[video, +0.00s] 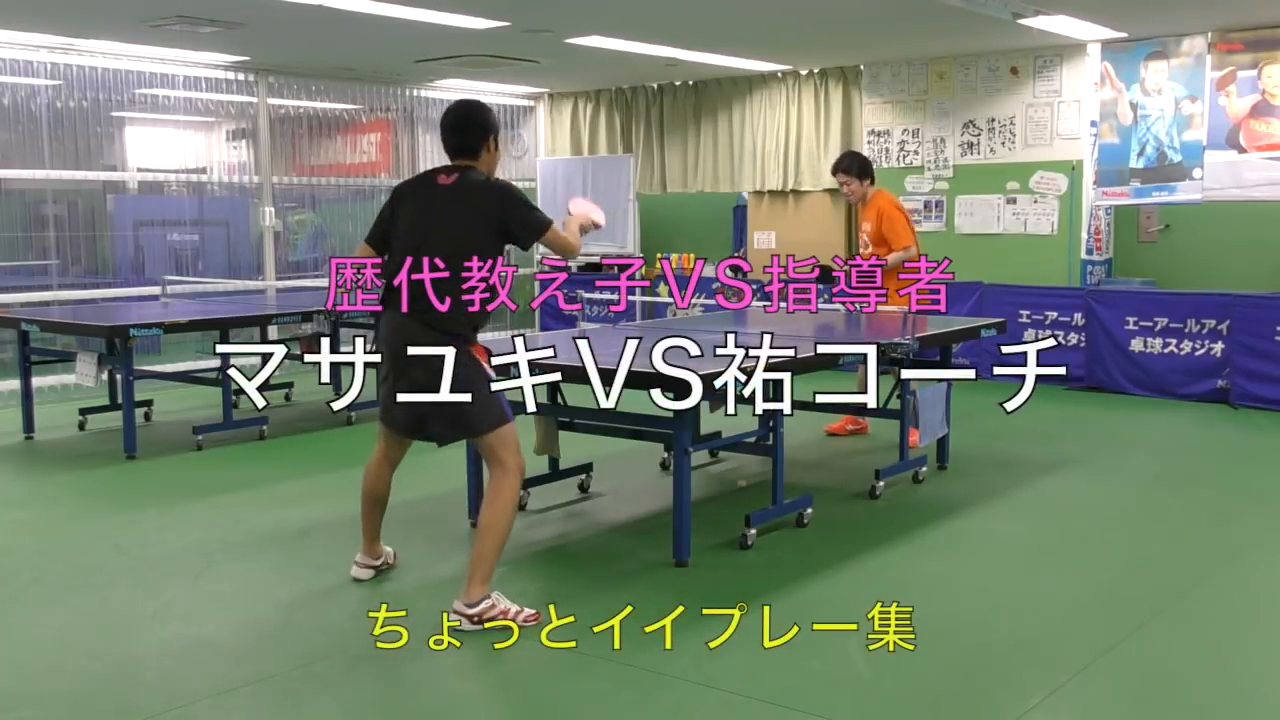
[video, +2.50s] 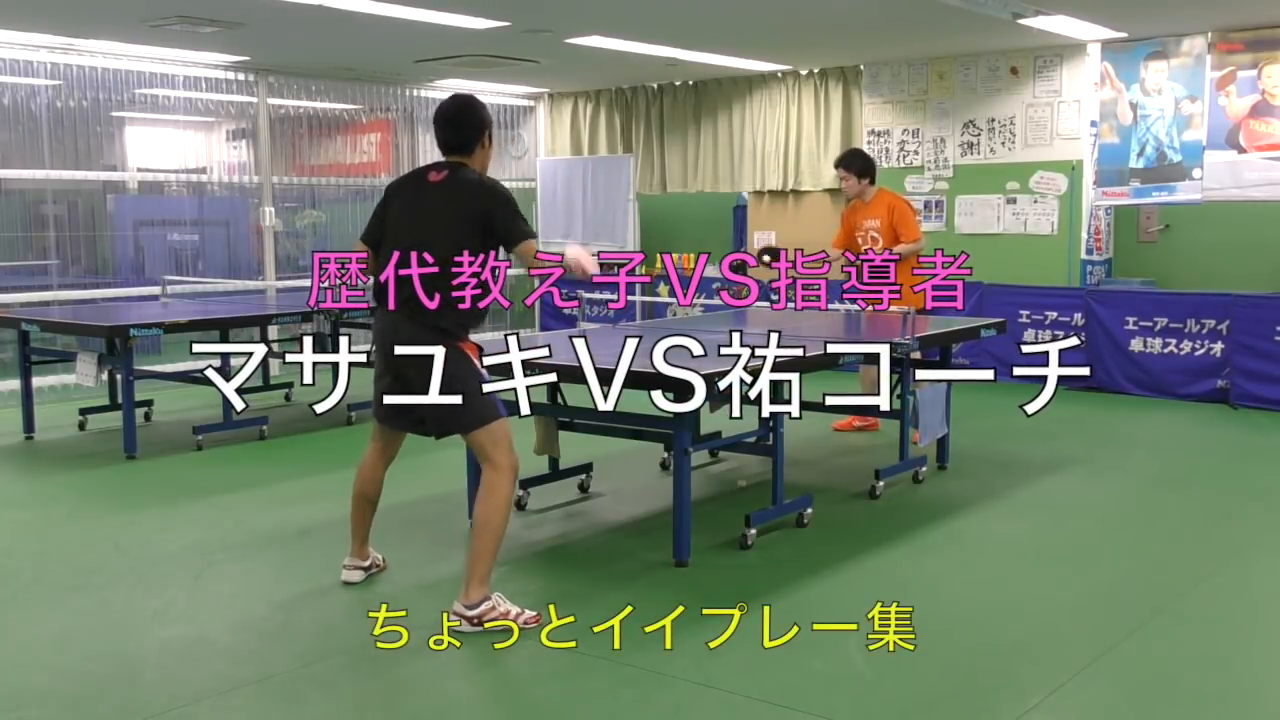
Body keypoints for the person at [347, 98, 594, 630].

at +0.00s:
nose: (499, 150)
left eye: (496, 142)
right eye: (498, 142)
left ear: (446, 144)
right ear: (489, 144)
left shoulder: (408, 191)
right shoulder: (496, 195)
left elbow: (367, 254)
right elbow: (568, 248)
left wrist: (423, 263)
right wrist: (575, 218)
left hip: (399, 345)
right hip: (453, 348)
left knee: (385, 453)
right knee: (507, 467)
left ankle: (369, 552)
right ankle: (475, 596)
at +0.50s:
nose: (509, 173)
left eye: (512, 163)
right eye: (508, 161)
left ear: (469, 154)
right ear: (482, 154)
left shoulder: (422, 191)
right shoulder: (458, 196)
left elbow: (384, 258)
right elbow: (502, 276)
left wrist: (452, 286)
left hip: (386, 344)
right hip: (418, 350)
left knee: (389, 446)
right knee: (481, 458)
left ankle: (357, 554)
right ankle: (472, 597)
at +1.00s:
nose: (497, 146)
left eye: (495, 137)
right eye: (496, 137)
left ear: (444, 137)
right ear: (487, 139)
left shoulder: (407, 183)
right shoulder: (467, 190)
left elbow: (370, 248)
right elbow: (479, 266)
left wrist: (421, 287)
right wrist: (544, 318)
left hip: (388, 341)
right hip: (433, 345)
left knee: (384, 445)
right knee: (487, 460)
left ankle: (356, 555)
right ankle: (474, 596)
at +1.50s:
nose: (488, 147)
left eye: (486, 138)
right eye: (486, 138)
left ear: (437, 138)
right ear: (474, 139)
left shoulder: (396, 184)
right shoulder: (478, 185)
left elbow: (364, 246)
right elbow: (549, 225)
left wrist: (420, 255)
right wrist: (562, 195)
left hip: (383, 339)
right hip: (434, 342)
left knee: (379, 445)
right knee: (491, 460)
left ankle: (356, 554)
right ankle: (475, 595)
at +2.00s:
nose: (507, 178)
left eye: (509, 168)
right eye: (505, 166)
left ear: (469, 160)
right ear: (482, 160)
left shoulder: (430, 197)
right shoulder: (446, 198)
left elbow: (384, 270)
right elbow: (432, 270)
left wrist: (434, 341)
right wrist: (487, 313)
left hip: (387, 350)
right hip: (414, 352)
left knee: (399, 445)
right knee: (487, 460)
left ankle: (358, 555)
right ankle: (472, 597)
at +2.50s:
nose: (493, 146)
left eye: (489, 137)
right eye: (492, 137)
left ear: (439, 140)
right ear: (485, 140)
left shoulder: (402, 188)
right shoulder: (488, 194)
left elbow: (371, 252)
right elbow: (530, 256)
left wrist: (414, 285)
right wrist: (569, 256)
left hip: (392, 344)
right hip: (445, 348)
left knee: (378, 451)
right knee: (500, 464)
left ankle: (357, 556)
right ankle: (475, 597)